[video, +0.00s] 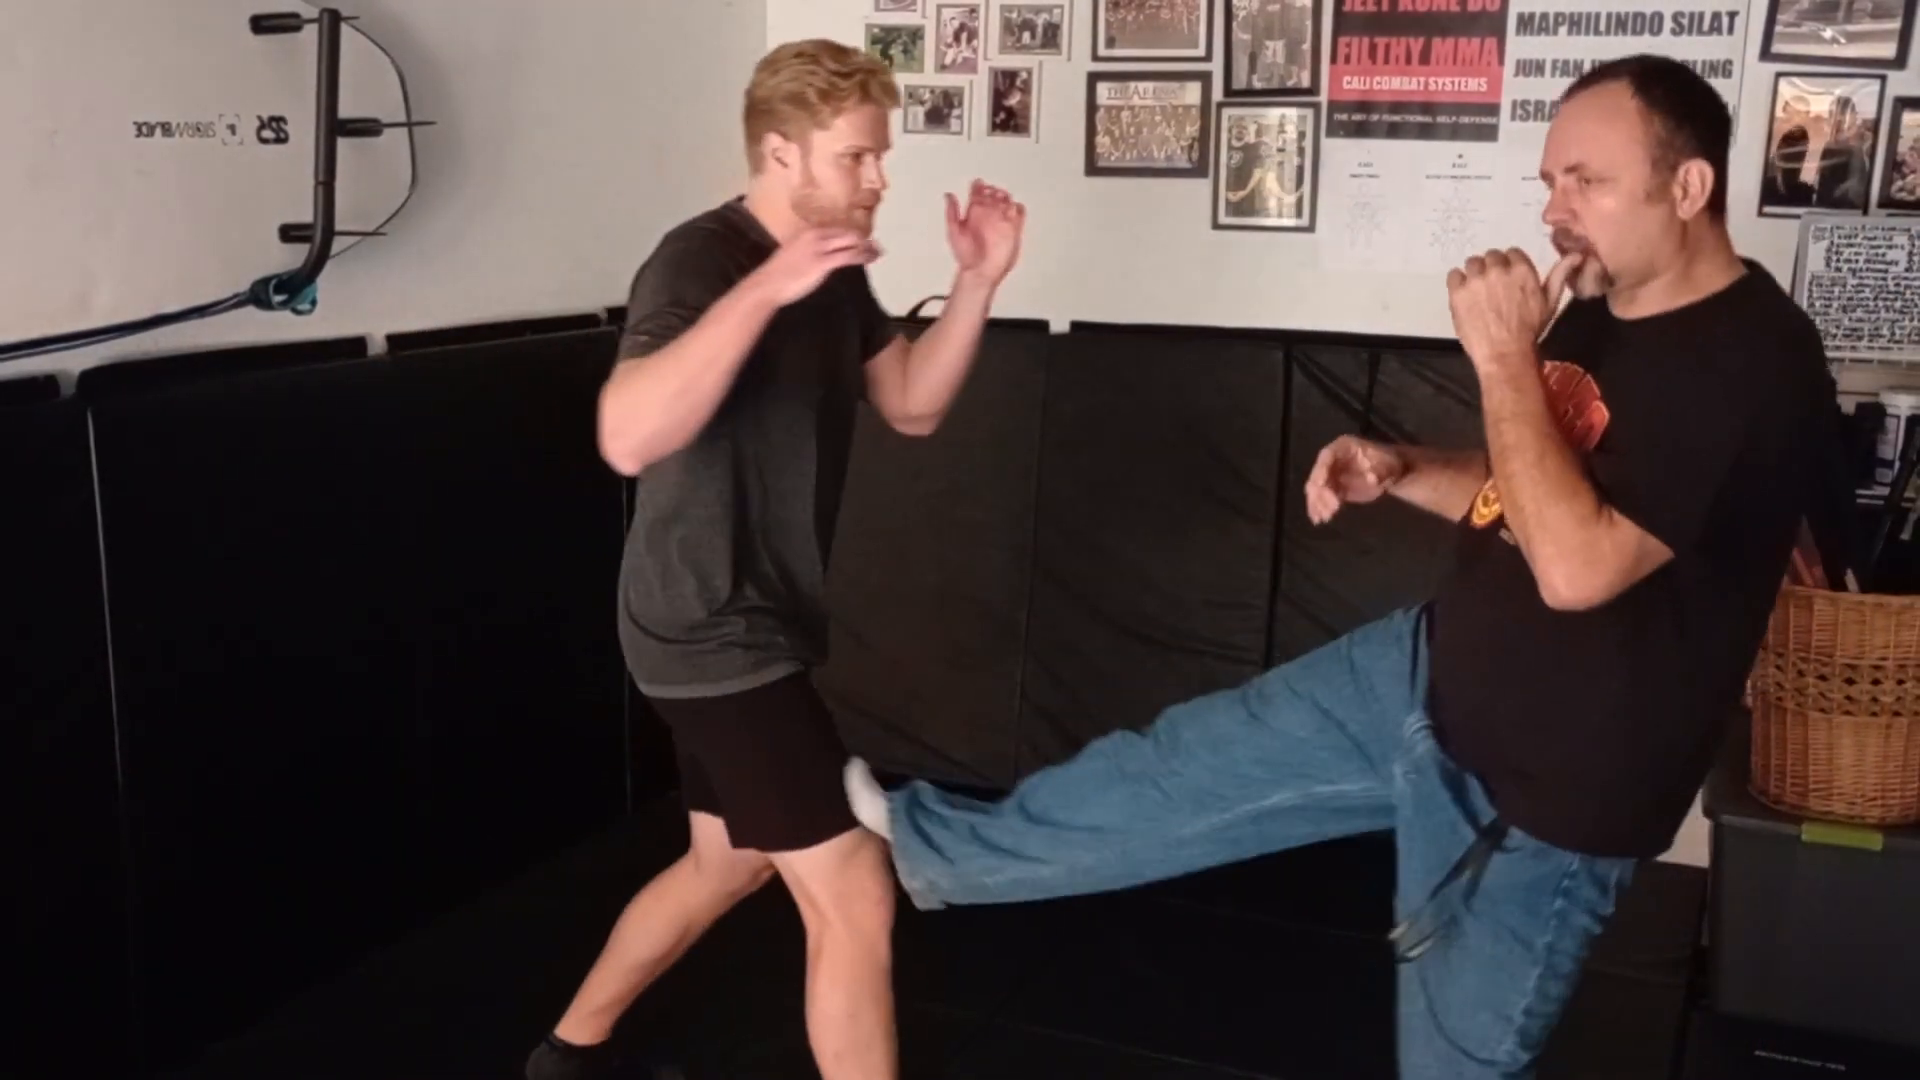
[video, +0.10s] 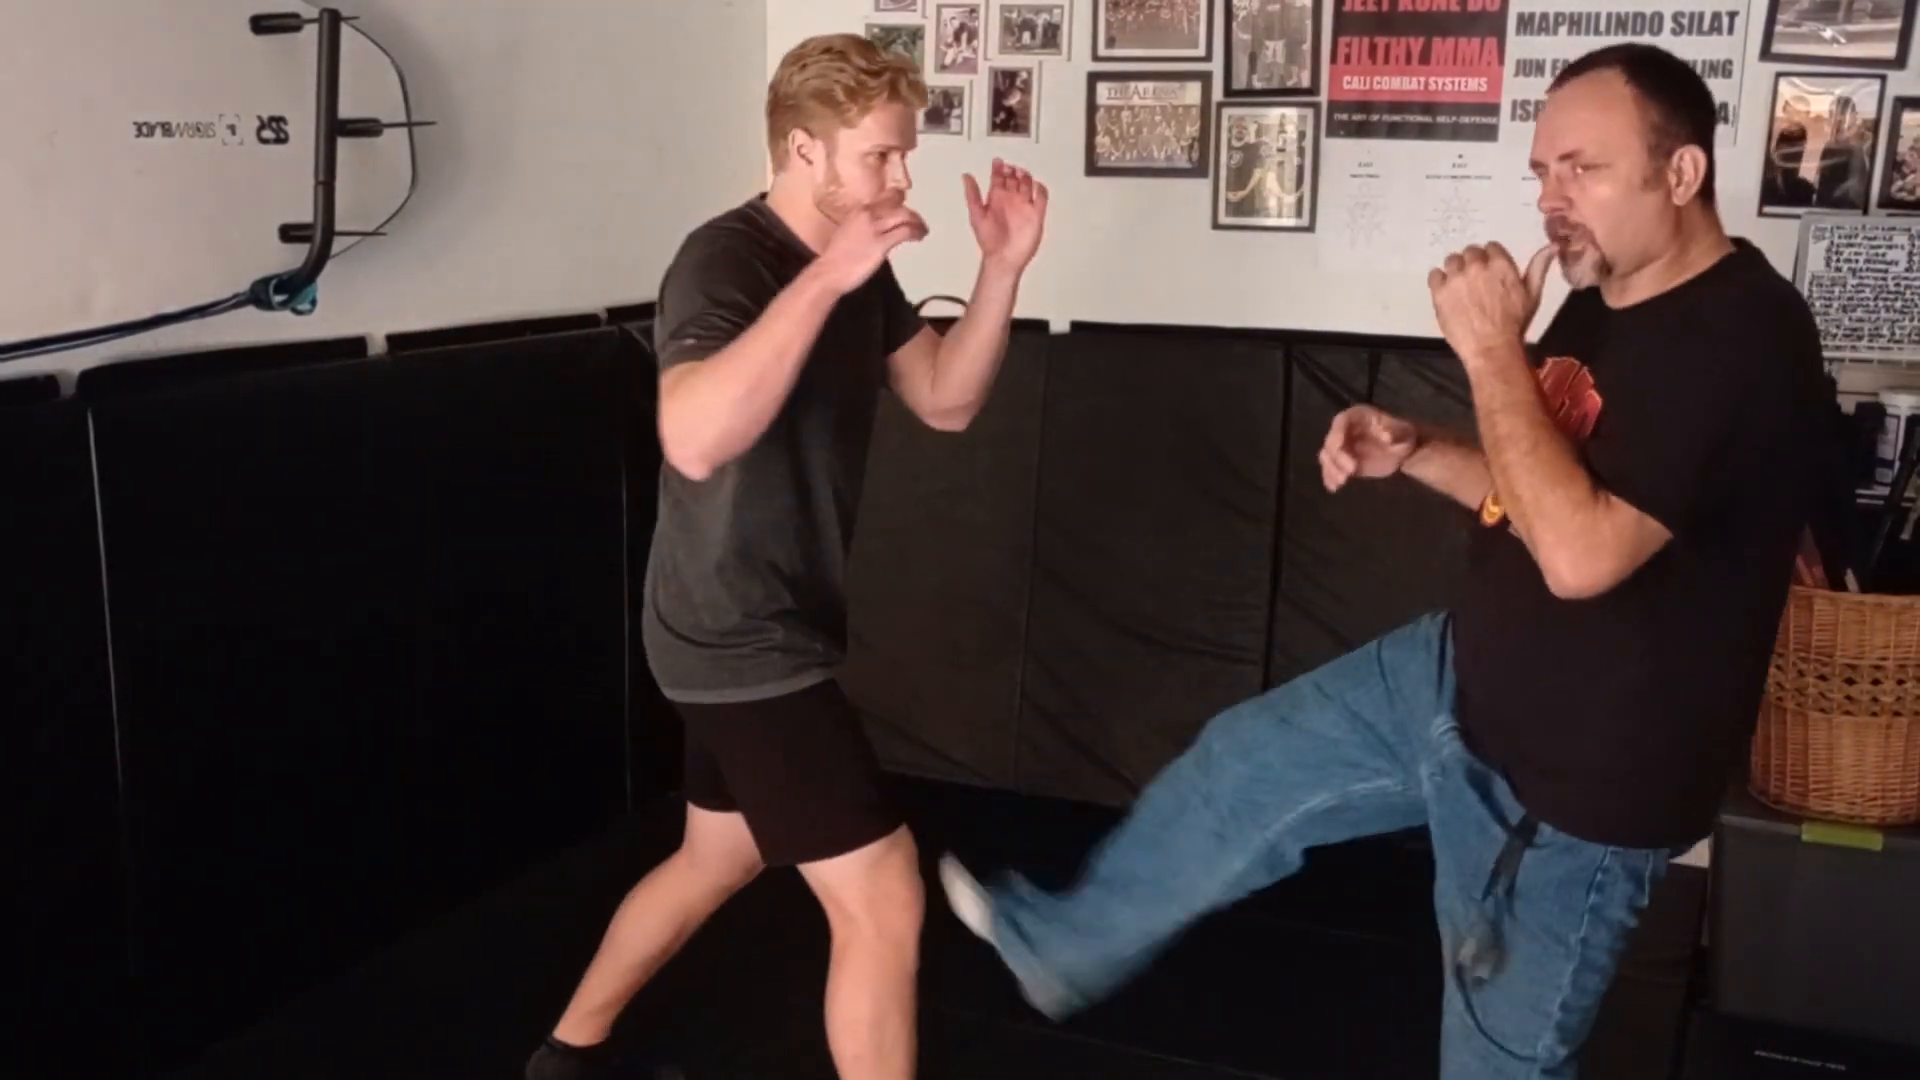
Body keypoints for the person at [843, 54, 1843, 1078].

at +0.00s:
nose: (1554, 212)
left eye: (1582, 183)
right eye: (1552, 182)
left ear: (1690, 189)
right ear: (1671, 189)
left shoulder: (1767, 374)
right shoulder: (1600, 308)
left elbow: (1584, 568)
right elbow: (1533, 493)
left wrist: (1505, 361)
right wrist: (1402, 472)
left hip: (1539, 829)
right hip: (1428, 677)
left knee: (1454, 1063)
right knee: (1175, 772)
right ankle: (931, 850)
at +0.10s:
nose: (1550, 205)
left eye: (1581, 174)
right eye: (1543, 174)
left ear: (1683, 174)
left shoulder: (1749, 343)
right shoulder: (1601, 304)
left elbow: (1586, 554)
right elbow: (1548, 499)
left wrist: (1494, 351)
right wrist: (1416, 453)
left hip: (1571, 810)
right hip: (1457, 678)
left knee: (1496, 1064)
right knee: (1235, 774)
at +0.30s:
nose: (1579, 205)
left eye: (1612, 174)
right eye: (1570, 176)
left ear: (1712, 181)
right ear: (1565, 179)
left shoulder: (1783, 347)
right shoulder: (1625, 307)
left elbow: (1692, 593)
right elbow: (1568, 516)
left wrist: (1531, 436)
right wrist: (1462, 439)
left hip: (1615, 815)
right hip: (1492, 718)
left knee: (1526, 1062)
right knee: (1374, 905)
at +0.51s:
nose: (1623, 206)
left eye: (1660, 178)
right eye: (1616, 175)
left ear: (1751, 196)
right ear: (1605, 179)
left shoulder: (1825, 354)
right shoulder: (1631, 324)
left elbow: (1809, 605)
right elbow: (1601, 531)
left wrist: (1602, 481)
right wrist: (1508, 470)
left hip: (1717, 807)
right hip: (1614, 782)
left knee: (1561, 1057)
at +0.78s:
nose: (1690, 190)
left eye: (1718, 162)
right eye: (1684, 161)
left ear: (1819, 170)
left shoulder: (1902, 324)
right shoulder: (1713, 301)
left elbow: (1840, 569)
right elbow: (1668, 493)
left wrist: (1676, 411)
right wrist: (1592, 417)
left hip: (1820, 803)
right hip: (1681, 771)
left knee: (1755, 1059)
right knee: (1686, 1048)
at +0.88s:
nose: (1708, 202)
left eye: (1738, 174)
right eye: (1707, 172)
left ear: (1839, 186)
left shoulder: (1907, 335)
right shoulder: (1732, 317)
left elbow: (1836, 585)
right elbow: (1678, 504)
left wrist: (1683, 415)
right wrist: (1603, 421)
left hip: (1837, 816)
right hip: (1688, 782)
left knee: (1806, 1061)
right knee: (1689, 1053)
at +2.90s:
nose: (1444, 193)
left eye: (1477, 167)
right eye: (1437, 165)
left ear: (1560, 181)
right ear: (1428, 167)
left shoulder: (1644, 333)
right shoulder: (1422, 293)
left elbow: (1664, 560)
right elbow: (1390, 469)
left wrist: (1473, 468)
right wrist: (1330, 462)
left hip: (1547, 748)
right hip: (1426, 718)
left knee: (1480, 1037)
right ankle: (1576, 1065)